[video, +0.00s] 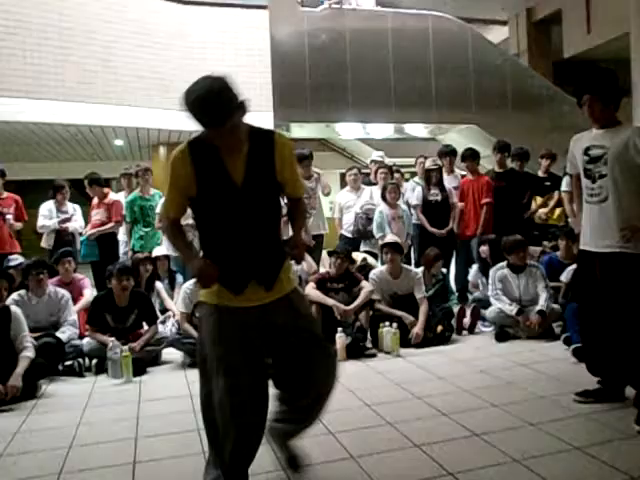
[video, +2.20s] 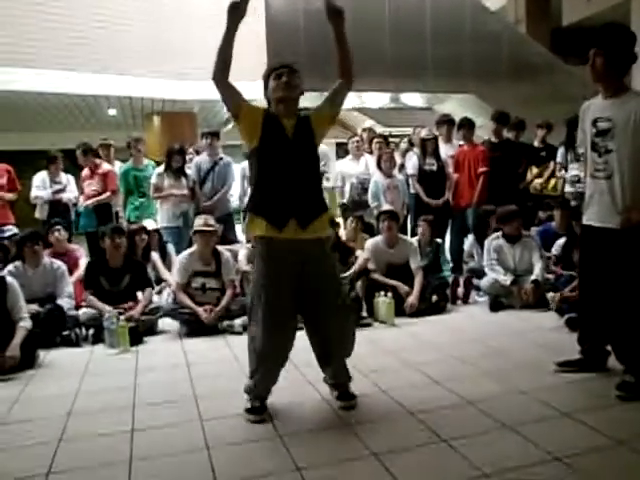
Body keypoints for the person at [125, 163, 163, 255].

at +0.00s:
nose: (146, 178)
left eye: (148, 175)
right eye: (142, 175)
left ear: (151, 177)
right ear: (137, 179)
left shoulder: (158, 196)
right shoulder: (131, 200)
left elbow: (163, 218)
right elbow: (128, 223)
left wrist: (165, 240)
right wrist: (129, 245)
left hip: (156, 240)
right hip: (139, 241)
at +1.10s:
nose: (157, 179)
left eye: (158, 175)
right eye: (153, 175)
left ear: (161, 177)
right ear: (147, 178)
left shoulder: (166, 194)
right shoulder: (140, 196)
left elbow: (171, 214)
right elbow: (138, 218)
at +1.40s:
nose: (151, 172)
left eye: (153, 168)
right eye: (148, 169)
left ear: (157, 170)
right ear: (143, 171)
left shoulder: (164, 188)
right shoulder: (137, 191)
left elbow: (168, 210)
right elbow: (135, 214)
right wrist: (133, 233)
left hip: (162, 231)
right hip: (144, 232)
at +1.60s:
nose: (142, 170)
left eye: (144, 167)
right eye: (138, 168)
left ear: (148, 169)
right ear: (133, 170)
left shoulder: (154, 187)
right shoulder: (127, 190)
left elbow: (159, 209)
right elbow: (123, 213)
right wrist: (121, 234)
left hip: (152, 231)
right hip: (134, 232)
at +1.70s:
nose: (137, 170)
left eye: (140, 166)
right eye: (134, 167)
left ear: (143, 169)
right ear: (129, 170)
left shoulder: (149, 188)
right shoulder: (123, 191)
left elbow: (154, 209)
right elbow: (120, 214)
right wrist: (118, 234)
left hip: (147, 228)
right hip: (130, 229)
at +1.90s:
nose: (135, 149)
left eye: (137, 145)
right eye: (132, 146)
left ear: (141, 148)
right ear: (127, 149)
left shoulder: (148, 166)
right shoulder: (121, 170)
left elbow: (152, 188)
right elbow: (119, 193)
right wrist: (118, 214)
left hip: (146, 209)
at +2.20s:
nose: (138, 149)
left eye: (141, 145)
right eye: (135, 146)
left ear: (144, 147)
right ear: (130, 149)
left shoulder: (151, 166)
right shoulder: (125, 170)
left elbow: (156, 188)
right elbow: (123, 192)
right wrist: (122, 214)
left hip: (150, 210)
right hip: (133, 212)